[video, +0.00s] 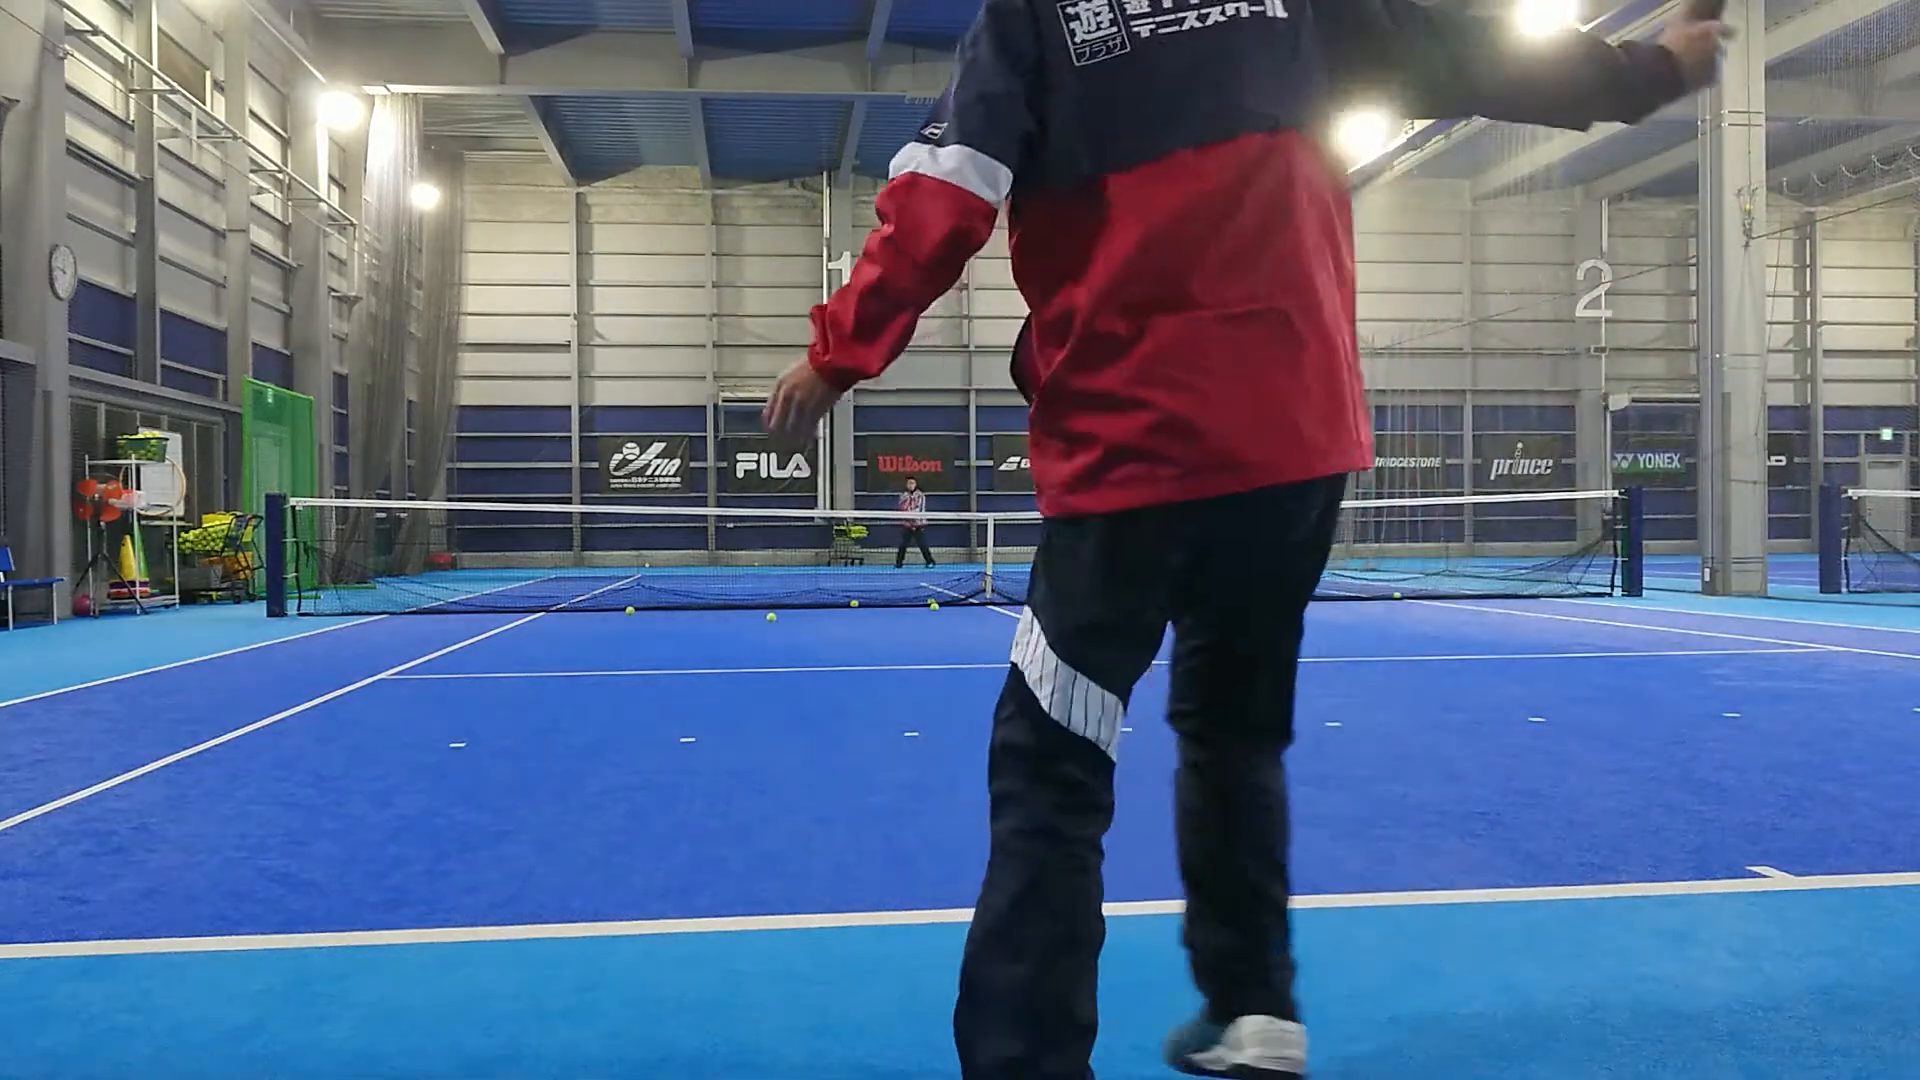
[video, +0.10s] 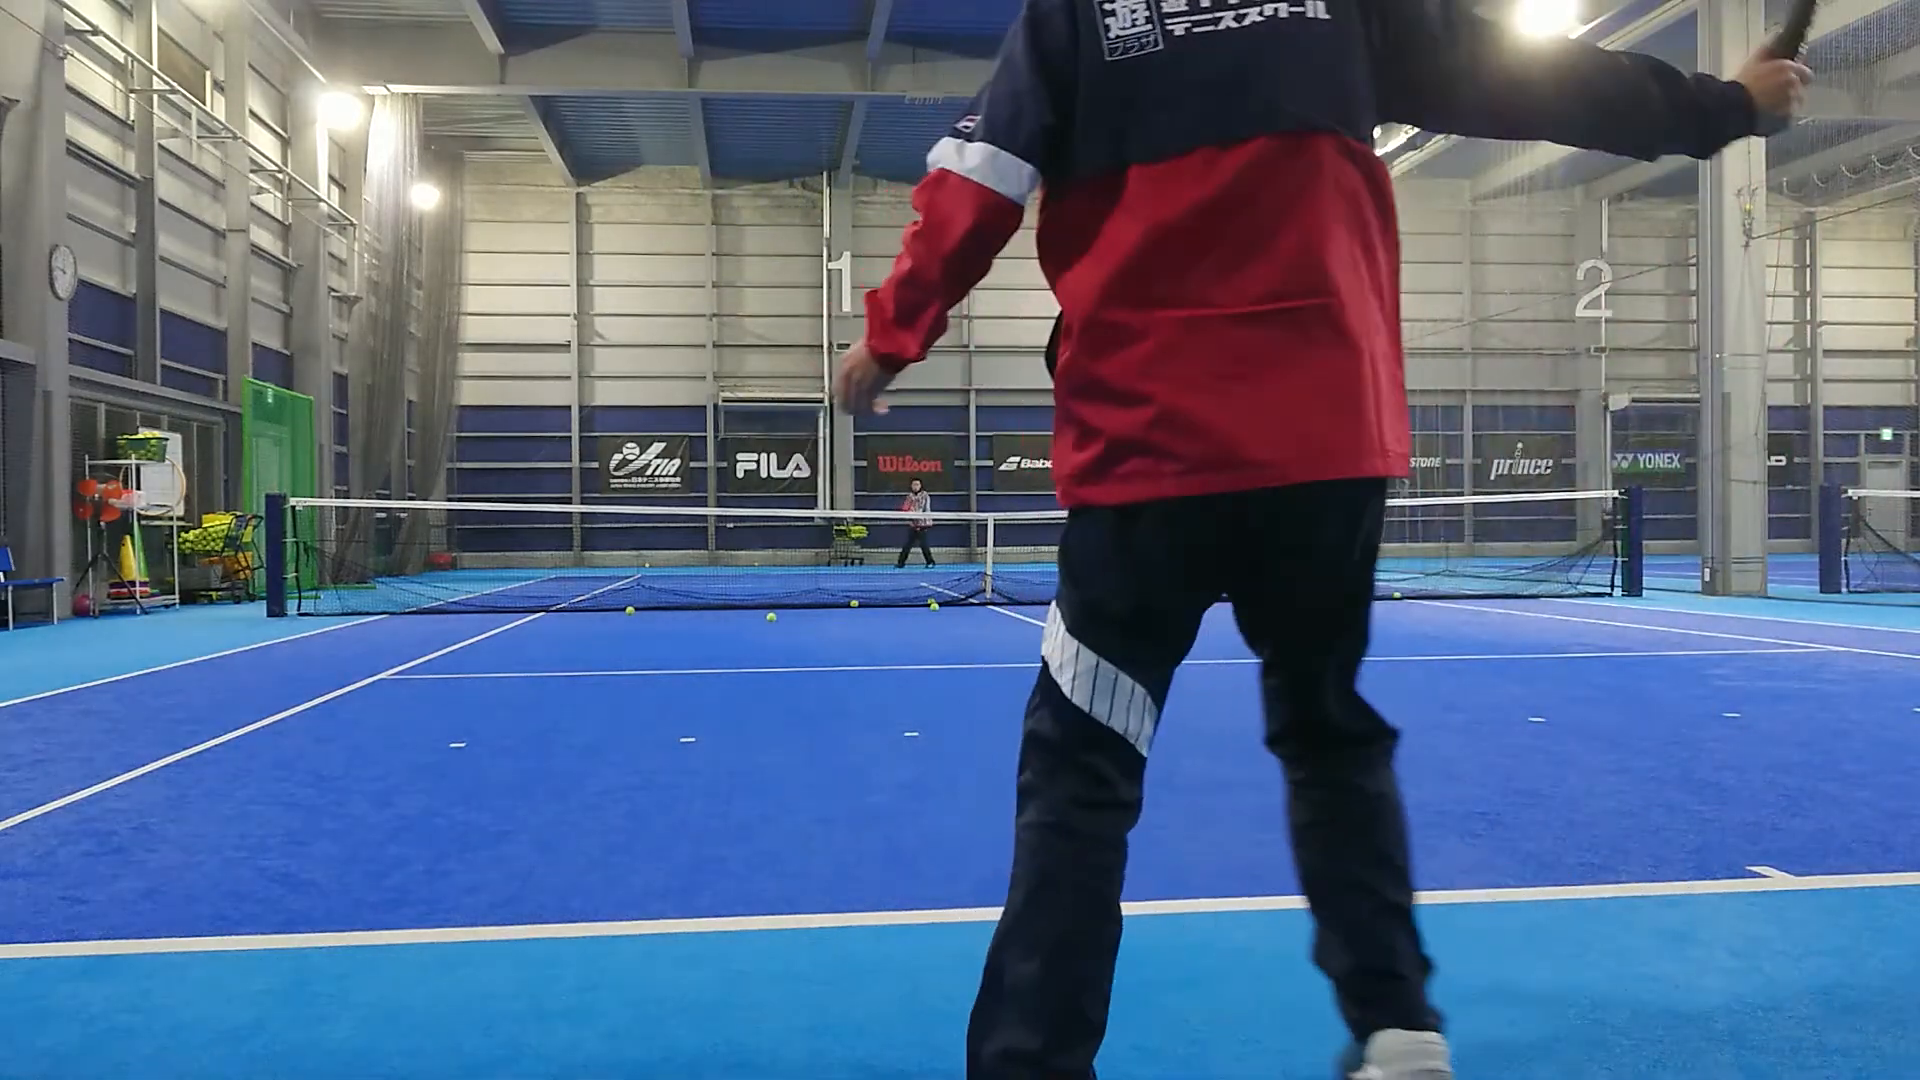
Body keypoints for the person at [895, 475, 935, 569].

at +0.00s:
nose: (911, 485)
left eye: (913, 483)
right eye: (909, 483)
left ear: (916, 484)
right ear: (906, 485)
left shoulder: (920, 496)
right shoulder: (903, 496)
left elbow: (922, 510)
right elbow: (900, 508)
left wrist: (922, 522)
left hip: (918, 523)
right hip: (906, 524)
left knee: (922, 544)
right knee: (903, 545)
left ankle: (929, 561)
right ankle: (899, 562)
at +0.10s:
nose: (915, 487)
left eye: (917, 484)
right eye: (913, 484)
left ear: (921, 486)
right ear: (911, 486)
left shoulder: (925, 496)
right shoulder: (910, 496)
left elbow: (927, 509)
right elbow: (905, 508)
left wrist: (927, 521)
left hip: (923, 523)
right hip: (913, 524)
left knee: (923, 545)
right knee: (908, 544)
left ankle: (930, 562)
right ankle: (901, 562)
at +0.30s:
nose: (925, 489)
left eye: (927, 487)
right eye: (924, 487)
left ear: (931, 488)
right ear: (921, 489)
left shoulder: (933, 498)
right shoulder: (921, 499)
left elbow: (928, 509)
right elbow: (920, 508)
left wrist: (917, 509)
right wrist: (916, 508)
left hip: (931, 523)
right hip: (923, 523)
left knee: (923, 542)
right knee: (920, 542)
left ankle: (931, 559)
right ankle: (930, 559)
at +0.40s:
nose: (931, 488)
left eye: (933, 486)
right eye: (929, 486)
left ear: (936, 488)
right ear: (926, 488)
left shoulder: (938, 497)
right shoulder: (926, 498)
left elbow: (929, 507)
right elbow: (925, 507)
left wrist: (917, 503)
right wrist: (917, 503)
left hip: (938, 523)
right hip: (930, 523)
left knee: (930, 544)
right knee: (928, 544)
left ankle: (943, 555)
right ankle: (930, 561)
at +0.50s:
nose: (935, 487)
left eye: (937, 485)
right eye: (933, 485)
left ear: (940, 486)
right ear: (930, 487)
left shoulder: (943, 495)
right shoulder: (932, 496)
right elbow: (927, 504)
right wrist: (918, 498)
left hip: (944, 521)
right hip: (937, 521)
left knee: (937, 543)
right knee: (940, 542)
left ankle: (933, 560)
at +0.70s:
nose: (944, 490)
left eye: (946, 488)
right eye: (942, 488)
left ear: (950, 488)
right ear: (941, 490)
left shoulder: (952, 498)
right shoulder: (943, 501)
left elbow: (958, 509)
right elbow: (933, 503)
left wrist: (959, 520)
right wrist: (923, 499)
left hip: (954, 523)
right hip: (948, 523)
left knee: (949, 544)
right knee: (948, 544)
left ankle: (957, 561)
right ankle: (955, 561)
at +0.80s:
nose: (949, 491)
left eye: (951, 489)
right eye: (948, 489)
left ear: (955, 489)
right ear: (946, 491)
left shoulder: (957, 499)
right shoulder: (950, 500)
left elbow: (941, 505)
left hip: (960, 525)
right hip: (953, 525)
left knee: (957, 545)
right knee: (949, 545)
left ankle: (970, 557)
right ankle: (957, 562)